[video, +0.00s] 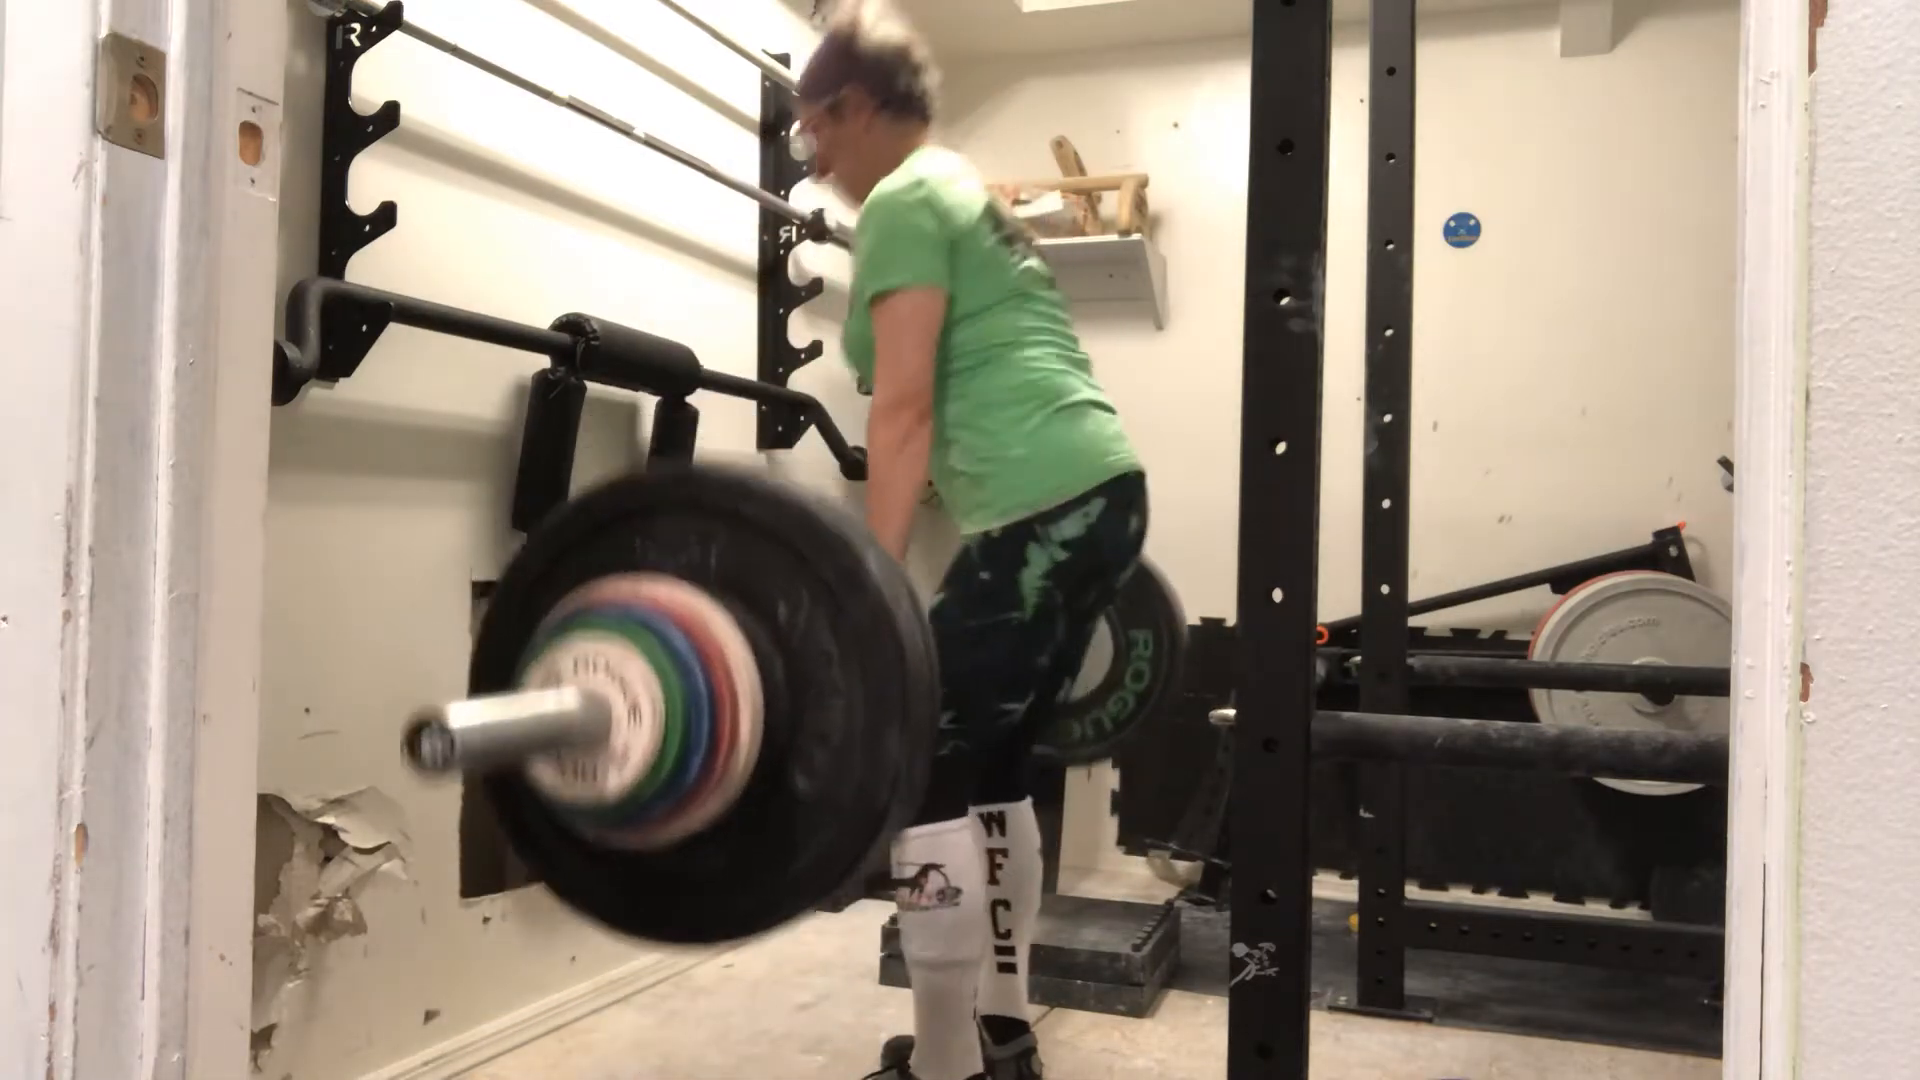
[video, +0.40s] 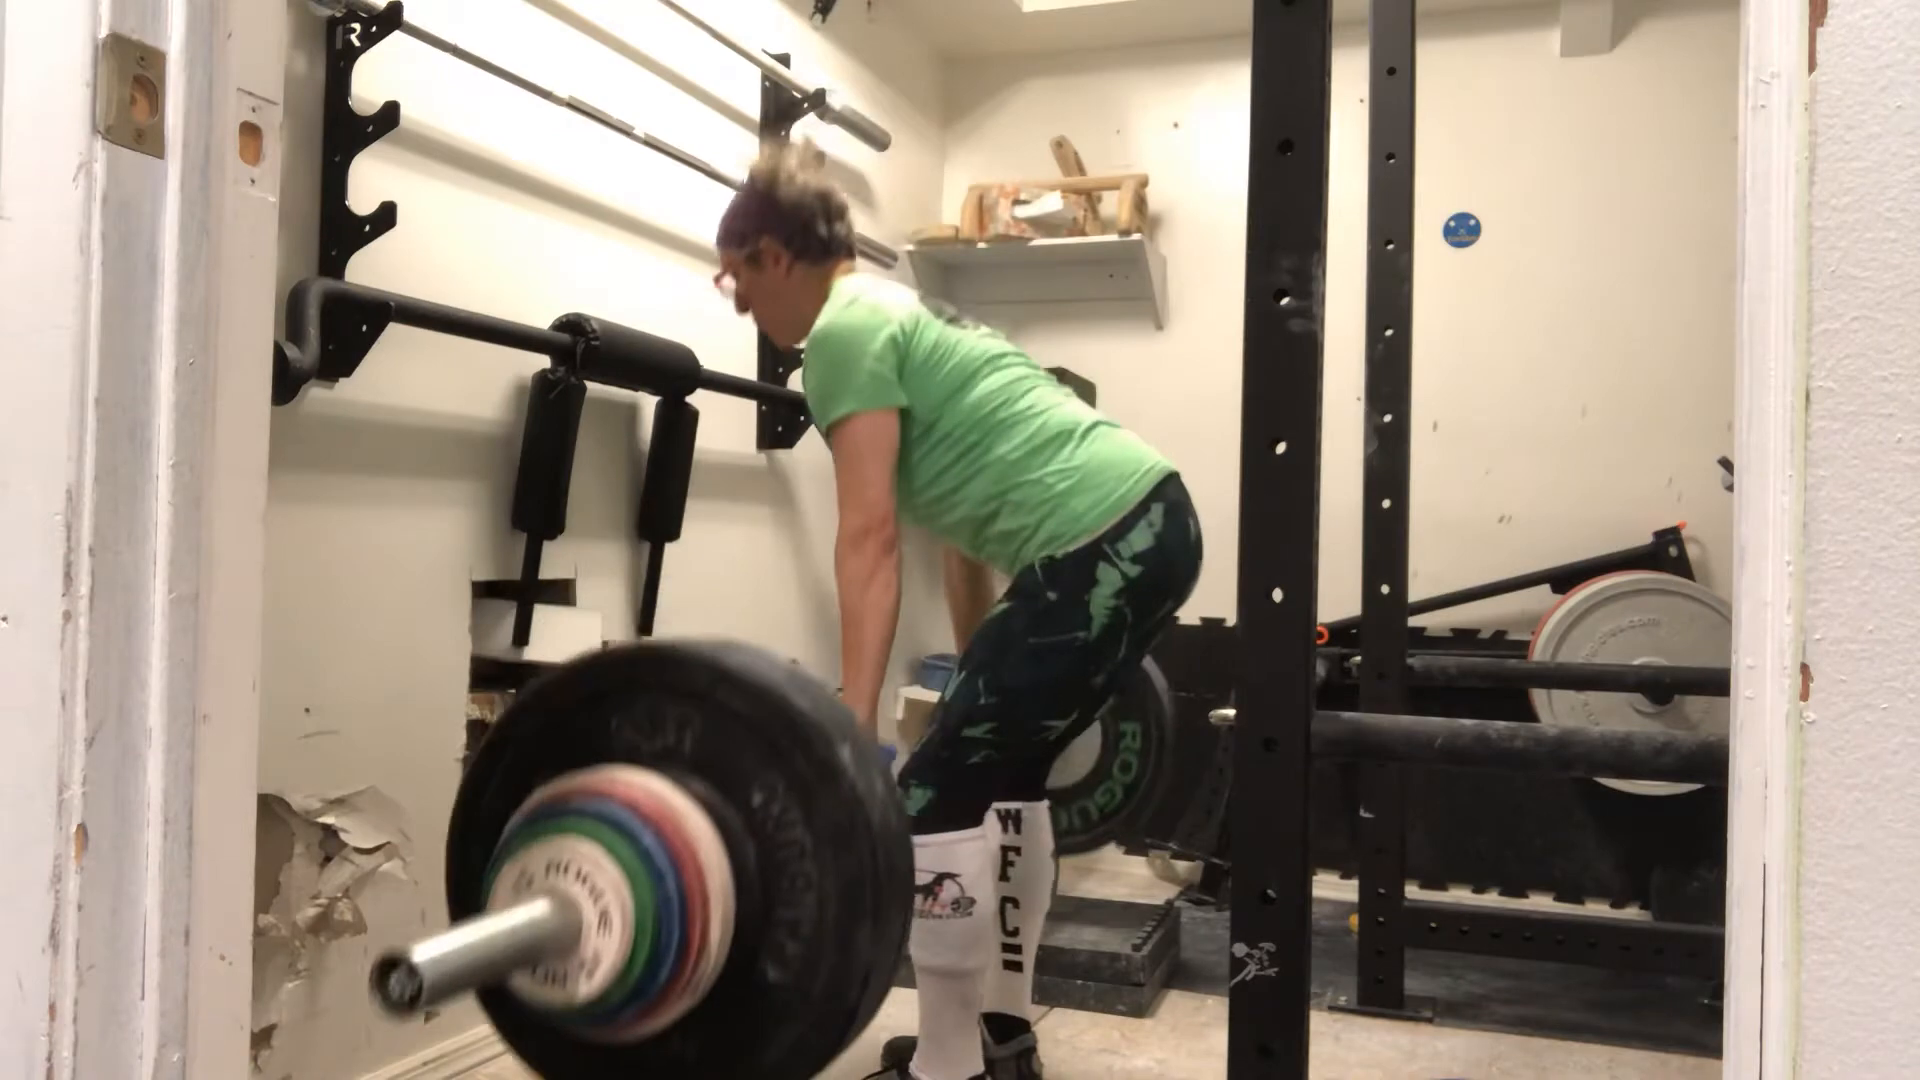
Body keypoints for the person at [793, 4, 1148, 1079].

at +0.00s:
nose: (807, 149)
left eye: (815, 122)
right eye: (804, 127)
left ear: (867, 109)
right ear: (887, 113)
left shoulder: (905, 206)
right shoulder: (953, 192)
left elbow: (902, 418)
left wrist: (869, 590)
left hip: (1039, 511)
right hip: (1090, 493)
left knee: (931, 766)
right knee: (1007, 762)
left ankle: (943, 1058)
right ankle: (1001, 1025)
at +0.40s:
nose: (733, 293)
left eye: (735, 270)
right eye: (729, 275)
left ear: (778, 257)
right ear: (802, 253)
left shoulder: (847, 330)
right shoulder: (896, 318)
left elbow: (870, 540)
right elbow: (965, 540)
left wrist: (853, 733)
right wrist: (981, 688)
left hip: (1103, 542)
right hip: (1142, 522)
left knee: (932, 797)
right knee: (1007, 778)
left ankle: (945, 1062)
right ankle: (1002, 1027)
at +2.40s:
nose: (747, 314)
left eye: (744, 287)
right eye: (741, 292)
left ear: (781, 267)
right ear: (819, 262)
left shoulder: (855, 340)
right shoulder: (919, 323)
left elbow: (874, 561)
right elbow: (978, 546)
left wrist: (867, 750)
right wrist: (989, 699)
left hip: (1115, 549)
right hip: (1163, 523)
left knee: (949, 807)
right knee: (1024, 784)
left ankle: (943, 1063)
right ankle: (1005, 1029)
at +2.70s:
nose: (783, 169)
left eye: (792, 143)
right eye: (785, 145)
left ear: (838, 140)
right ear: (879, 142)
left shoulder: (886, 243)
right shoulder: (945, 227)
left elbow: (891, 461)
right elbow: (996, 435)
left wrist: (870, 653)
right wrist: (991, 599)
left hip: (1077, 524)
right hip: (1129, 502)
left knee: (957, 772)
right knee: (1018, 755)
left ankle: (947, 1062)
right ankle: (1005, 1017)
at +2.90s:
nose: (873, 70)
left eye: (885, 44)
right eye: (871, 48)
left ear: (944, 33)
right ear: (964, 38)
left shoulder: (951, 150)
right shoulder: (1021, 145)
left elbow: (925, 365)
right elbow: (1026, 345)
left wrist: (875, 550)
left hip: (999, 498)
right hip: (1071, 483)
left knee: (961, 784)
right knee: (1026, 757)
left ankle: (950, 1057)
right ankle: (1003, 1020)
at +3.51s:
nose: (784, 172)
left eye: (791, 145)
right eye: (782, 150)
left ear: (846, 130)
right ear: (863, 133)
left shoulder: (880, 230)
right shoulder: (935, 217)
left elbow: (883, 441)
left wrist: (856, 624)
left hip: (1050, 520)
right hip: (1101, 500)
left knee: (916, 769)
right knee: (995, 763)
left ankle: (941, 1061)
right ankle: (999, 1022)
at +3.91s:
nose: (711, 318)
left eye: (717, 293)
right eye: (709, 297)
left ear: (761, 282)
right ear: (790, 277)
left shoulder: (821, 351)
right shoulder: (881, 339)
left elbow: (850, 562)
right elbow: (950, 538)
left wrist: (838, 758)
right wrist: (973, 683)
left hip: (1083, 552)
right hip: (1137, 526)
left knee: (913, 798)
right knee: (1004, 779)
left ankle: (942, 1063)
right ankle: (1001, 1028)